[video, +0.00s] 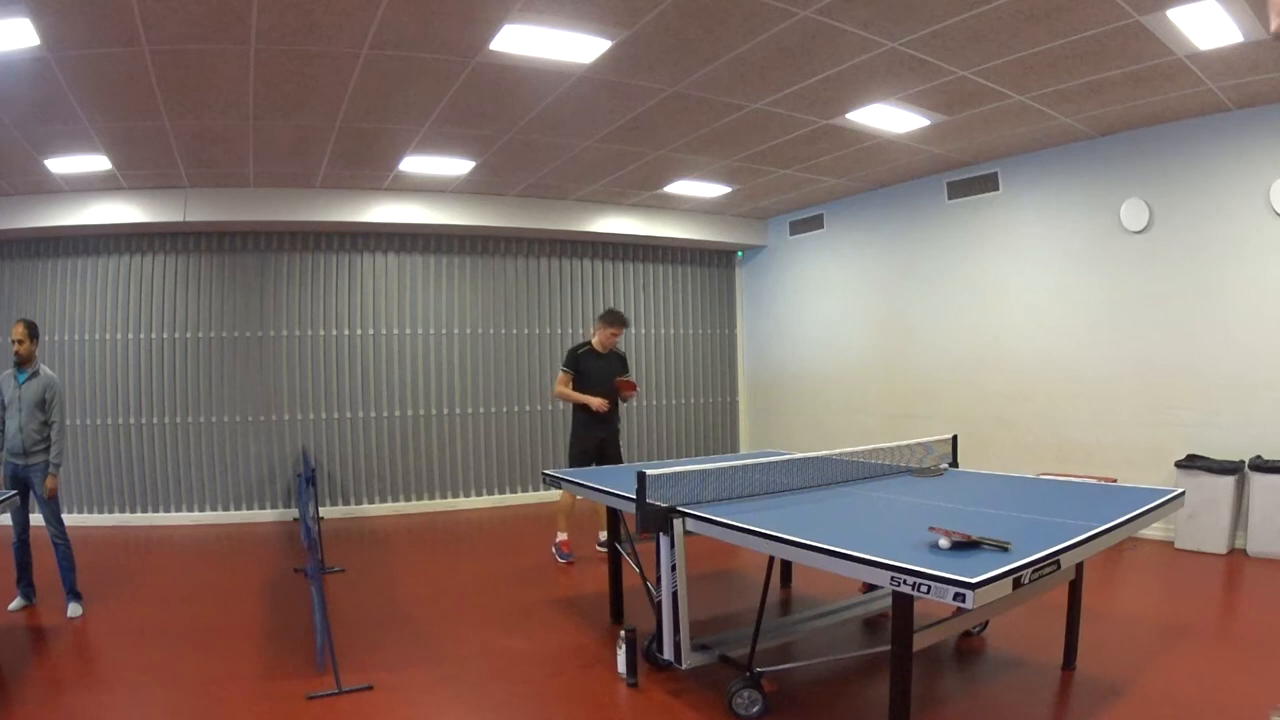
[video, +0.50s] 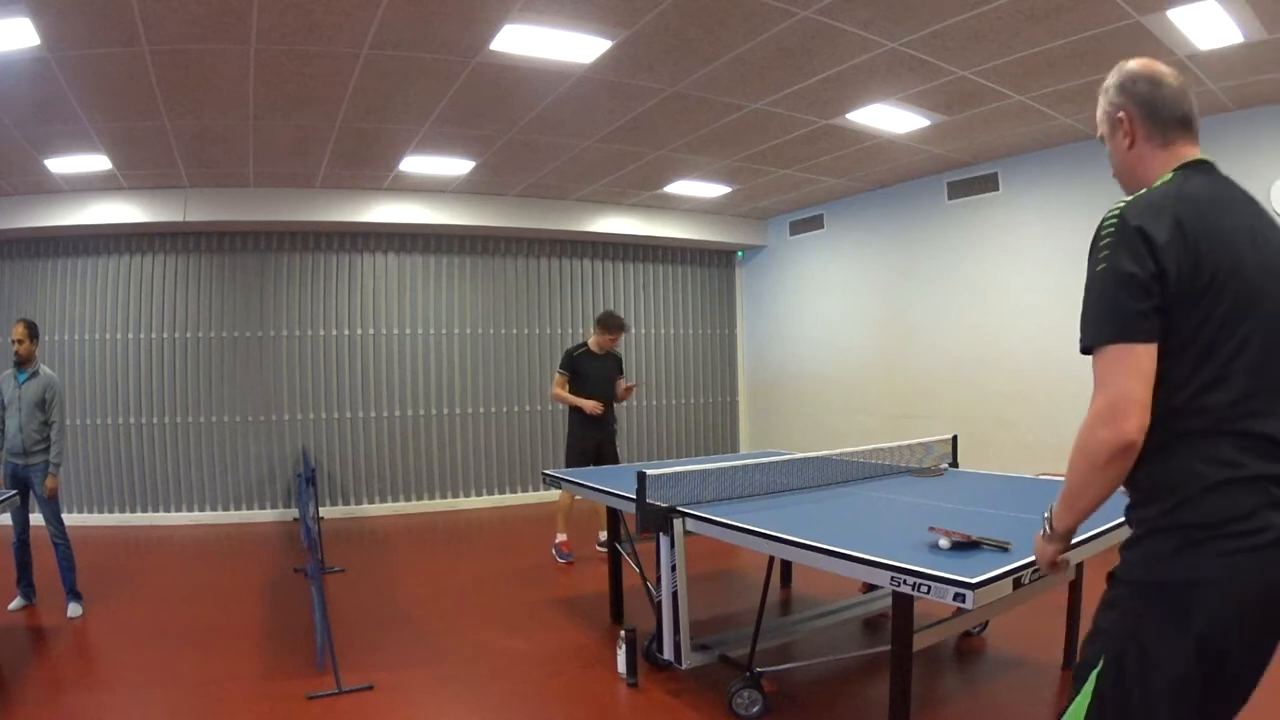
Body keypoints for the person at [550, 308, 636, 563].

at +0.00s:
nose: (616, 341)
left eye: (619, 336)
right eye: (613, 335)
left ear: (619, 335)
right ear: (599, 329)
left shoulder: (619, 358)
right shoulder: (576, 355)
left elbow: (623, 395)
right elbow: (559, 389)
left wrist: (627, 392)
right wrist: (589, 399)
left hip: (610, 432)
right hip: (583, 433)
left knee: (612, 484)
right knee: (572, 486)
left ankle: (605, 536)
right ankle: (562, 538)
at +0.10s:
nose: (616, 340)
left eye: (619, 336)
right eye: (614, 335)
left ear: (618, 334)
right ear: (600, 329)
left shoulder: (618, 358)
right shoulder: (577, 354)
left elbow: (623, 396)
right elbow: (559, 389)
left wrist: (627, 391)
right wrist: (588, 399)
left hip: (610, 432)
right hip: (583, 432)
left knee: (612, 483)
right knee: (572, 485)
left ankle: (605, 536)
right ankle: (561, 538)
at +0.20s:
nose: (616, 340)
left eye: (619, 336)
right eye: (613, 335)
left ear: (619, 334)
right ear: (599, 330)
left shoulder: (619, 358)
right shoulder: (577, 354)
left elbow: (623, 398)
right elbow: (559, 389)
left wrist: (628, 389)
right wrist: (588, 400)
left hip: (610, 432)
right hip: (583, 433)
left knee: (611, 484)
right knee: (572, 486)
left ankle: (605, 536)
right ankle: (562, 538)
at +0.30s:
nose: (617, 341)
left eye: (619, 336)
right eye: (614, 336)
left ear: (619, 335)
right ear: (600, 331)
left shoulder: (618, 359)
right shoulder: (577, 354)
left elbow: (622, 398)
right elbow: (559, 390)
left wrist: (626, 388)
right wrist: (587, 401)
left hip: (609, 432)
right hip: (583, 432)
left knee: (611, 484)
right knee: (572, 486)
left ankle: (605, 536)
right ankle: (562, 538)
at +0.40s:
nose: (617, 342)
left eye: (619, 338)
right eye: (614, 337)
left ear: (618, 335)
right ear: (599, 332)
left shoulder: (617, 360)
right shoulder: (576, 355)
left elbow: (619, 397)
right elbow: (559, 390)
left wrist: (624, 392)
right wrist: (585, 402)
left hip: (608, 432)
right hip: (582, 432)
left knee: (611, 484)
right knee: (572, 485)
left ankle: (605, 535)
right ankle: (561, 538)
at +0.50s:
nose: (616, 344)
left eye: (618, 339)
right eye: (613, 339)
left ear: (617, 336)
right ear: (599, 333)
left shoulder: (614, 359)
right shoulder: (574, 355)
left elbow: (617, 396)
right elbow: (556, 391)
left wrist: (624, 393)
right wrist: (583, 402)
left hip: (606, 432)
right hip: (580, 433)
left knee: (609, 484)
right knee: (571, 486)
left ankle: (605, 536)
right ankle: (561, 539)